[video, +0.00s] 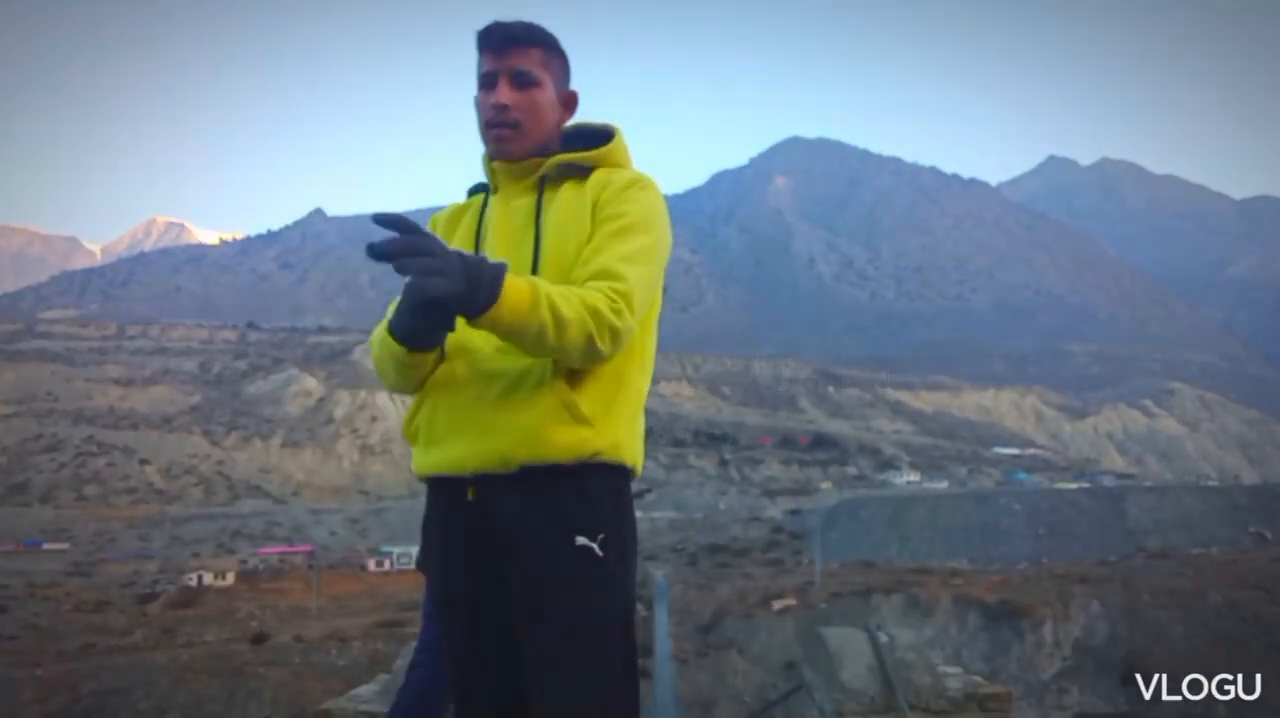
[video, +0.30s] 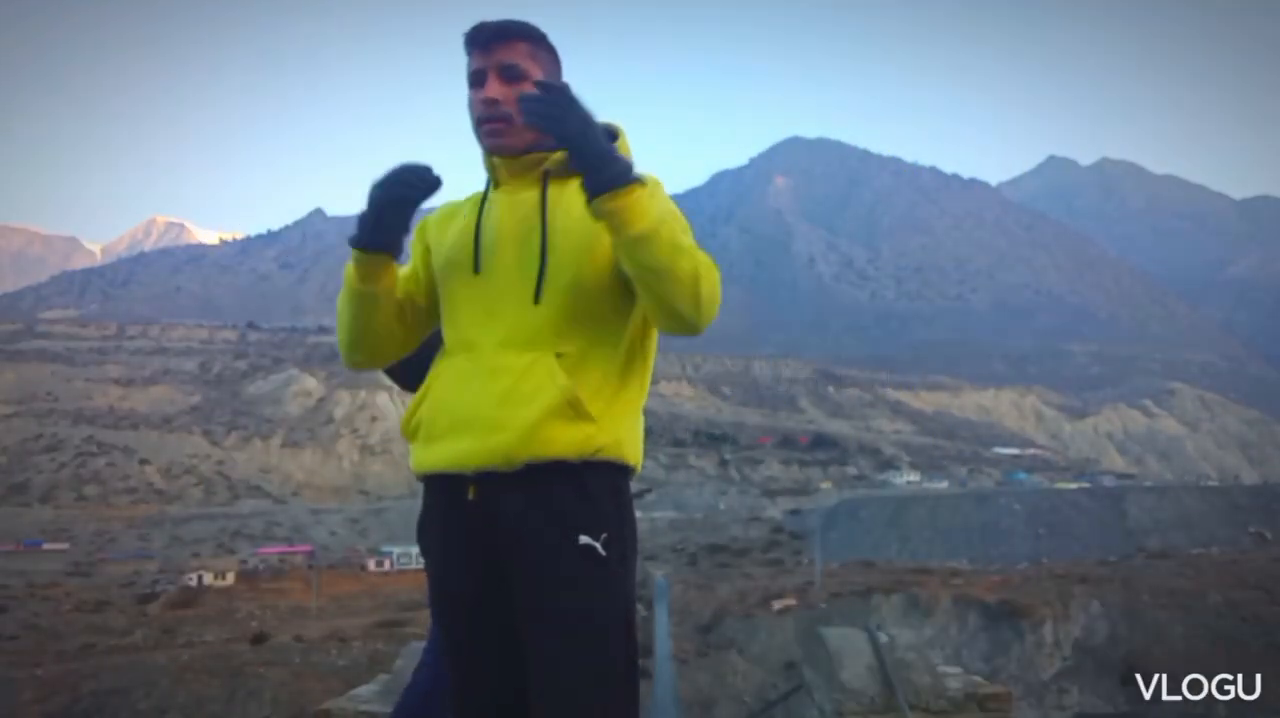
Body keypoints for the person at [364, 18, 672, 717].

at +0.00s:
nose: (498, 96)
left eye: (522, 81)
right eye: (488, 81)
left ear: (566, 102)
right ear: (474, 98)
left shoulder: (621, 195)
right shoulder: (449, 225)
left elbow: (598, 326)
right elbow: (394, 373)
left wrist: (481, 285)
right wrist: (422, 313)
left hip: (572, 501)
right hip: (459, 504)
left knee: (581, 698)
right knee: (473, 697)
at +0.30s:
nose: (489, 93)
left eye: (511, 76)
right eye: (477, 80)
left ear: (558, 93)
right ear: (466, 99)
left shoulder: (618, 193)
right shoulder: (442, 228)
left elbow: (692, 309)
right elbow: (369, 346)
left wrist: (606, 170)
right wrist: (376, 244)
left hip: (574, 493)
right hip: (457, 496)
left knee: (583, 697)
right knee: (476, 696)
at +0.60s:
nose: (482, 99)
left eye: (503, 79)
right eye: (469, 85)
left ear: (553, 95)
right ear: (461, 110)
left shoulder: (620, 184)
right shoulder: (445, 202)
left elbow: (723, 95)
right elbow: (334, 152)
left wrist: (623, 89)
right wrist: (454, 120)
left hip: (574, 492)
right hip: (457, 496)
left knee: (585, 699)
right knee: (474, 698)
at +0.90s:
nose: (497, 84)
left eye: (522, 70)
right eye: (488, 72)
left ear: (568, 100)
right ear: (480, 98)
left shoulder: (615, 191)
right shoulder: (449, 210)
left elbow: (706, 123)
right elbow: (322, 179)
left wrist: (611, 97)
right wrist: (443, 134)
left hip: (575, 501)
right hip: (458, 503)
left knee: (586, 702)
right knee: (468, 699)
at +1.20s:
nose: (520, 85)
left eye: (543, 74)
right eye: (509, 77)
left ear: (584, 100)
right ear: (496, 103)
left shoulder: (631, 190)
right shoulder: (460, 218)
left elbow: (610, 259)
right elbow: (335, 273)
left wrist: (557, 156)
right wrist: (435, 182)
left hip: (578, 497)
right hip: (462, 498)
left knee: (585, 695)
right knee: (452, 693)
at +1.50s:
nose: (516, 92)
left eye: (537, 77)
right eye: (502, 82)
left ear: (577, 98)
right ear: (489, 106)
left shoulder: (611, 196)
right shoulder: (449, 223)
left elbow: (725, 283)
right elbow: (337, 328)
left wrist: (622, 167)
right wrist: (325, 227)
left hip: (579, 498)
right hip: (460, 501)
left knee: (589, 697)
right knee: (458, 695)